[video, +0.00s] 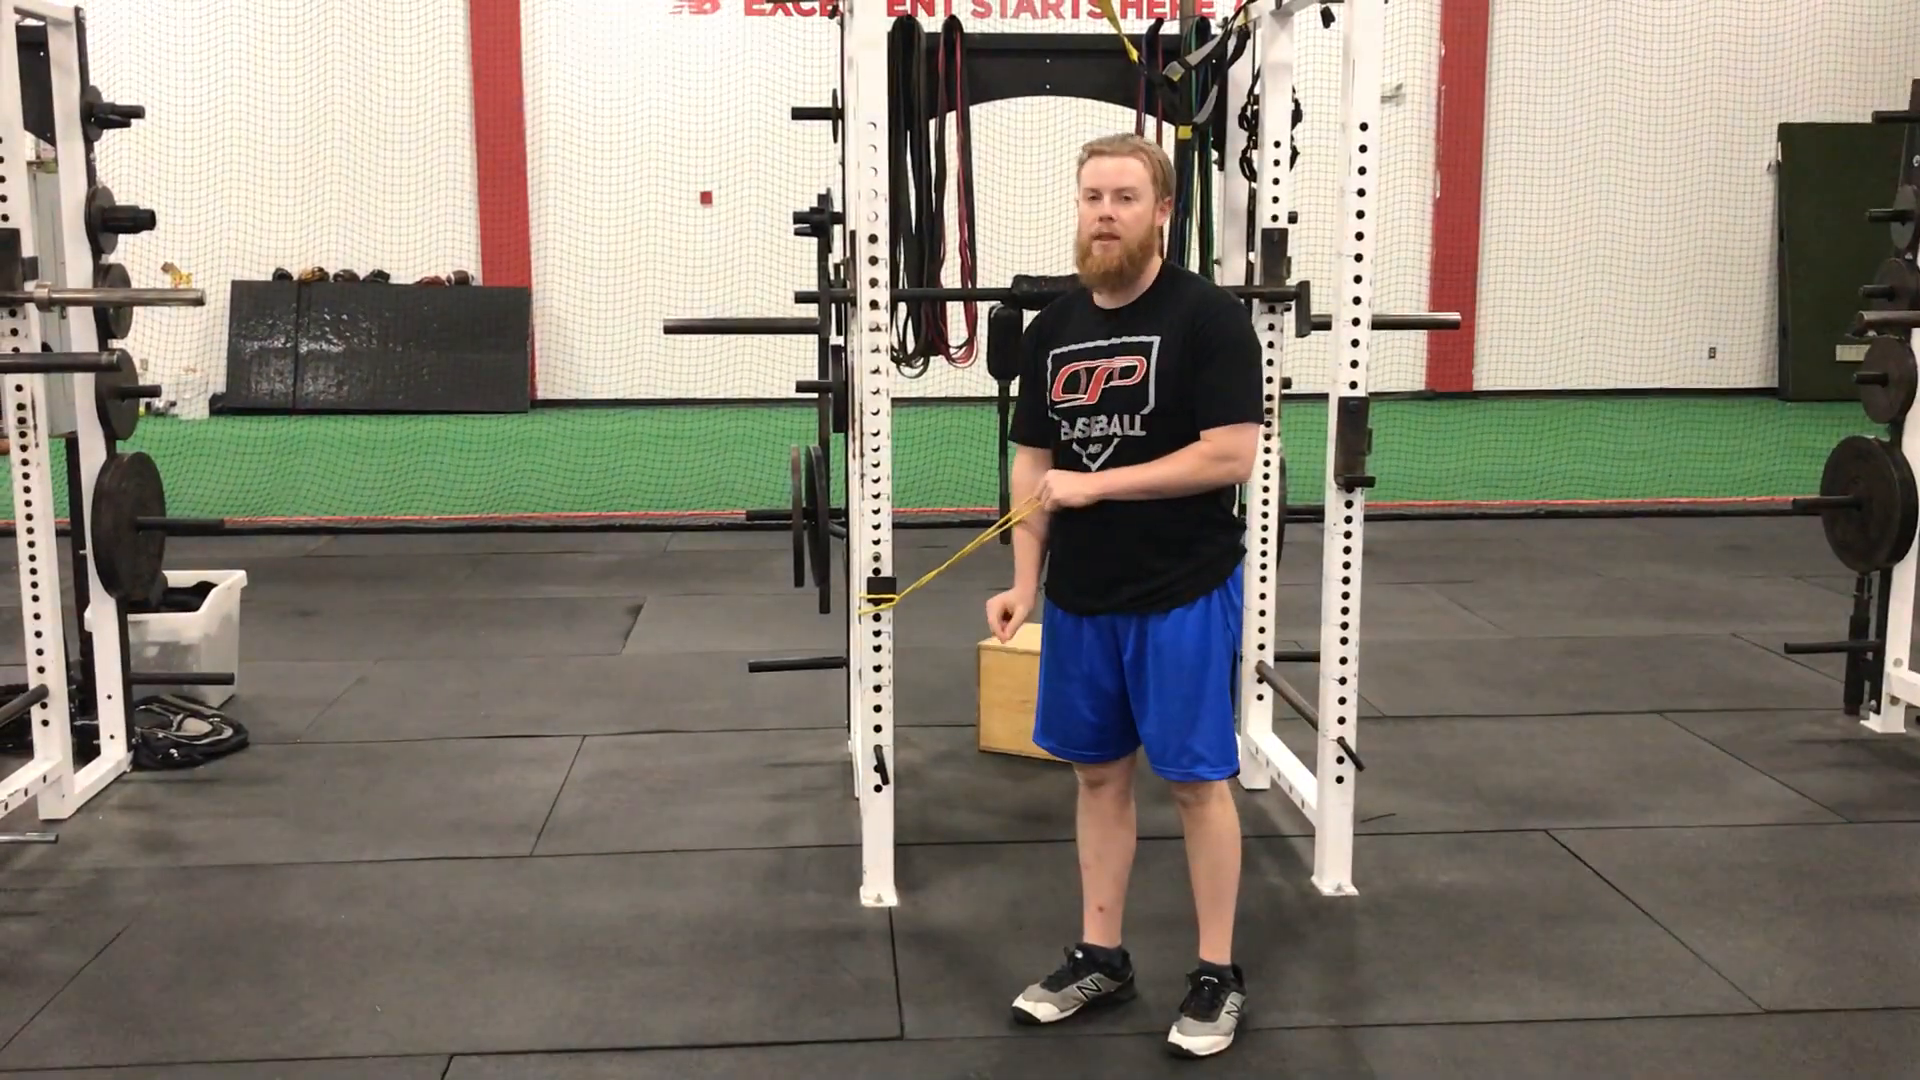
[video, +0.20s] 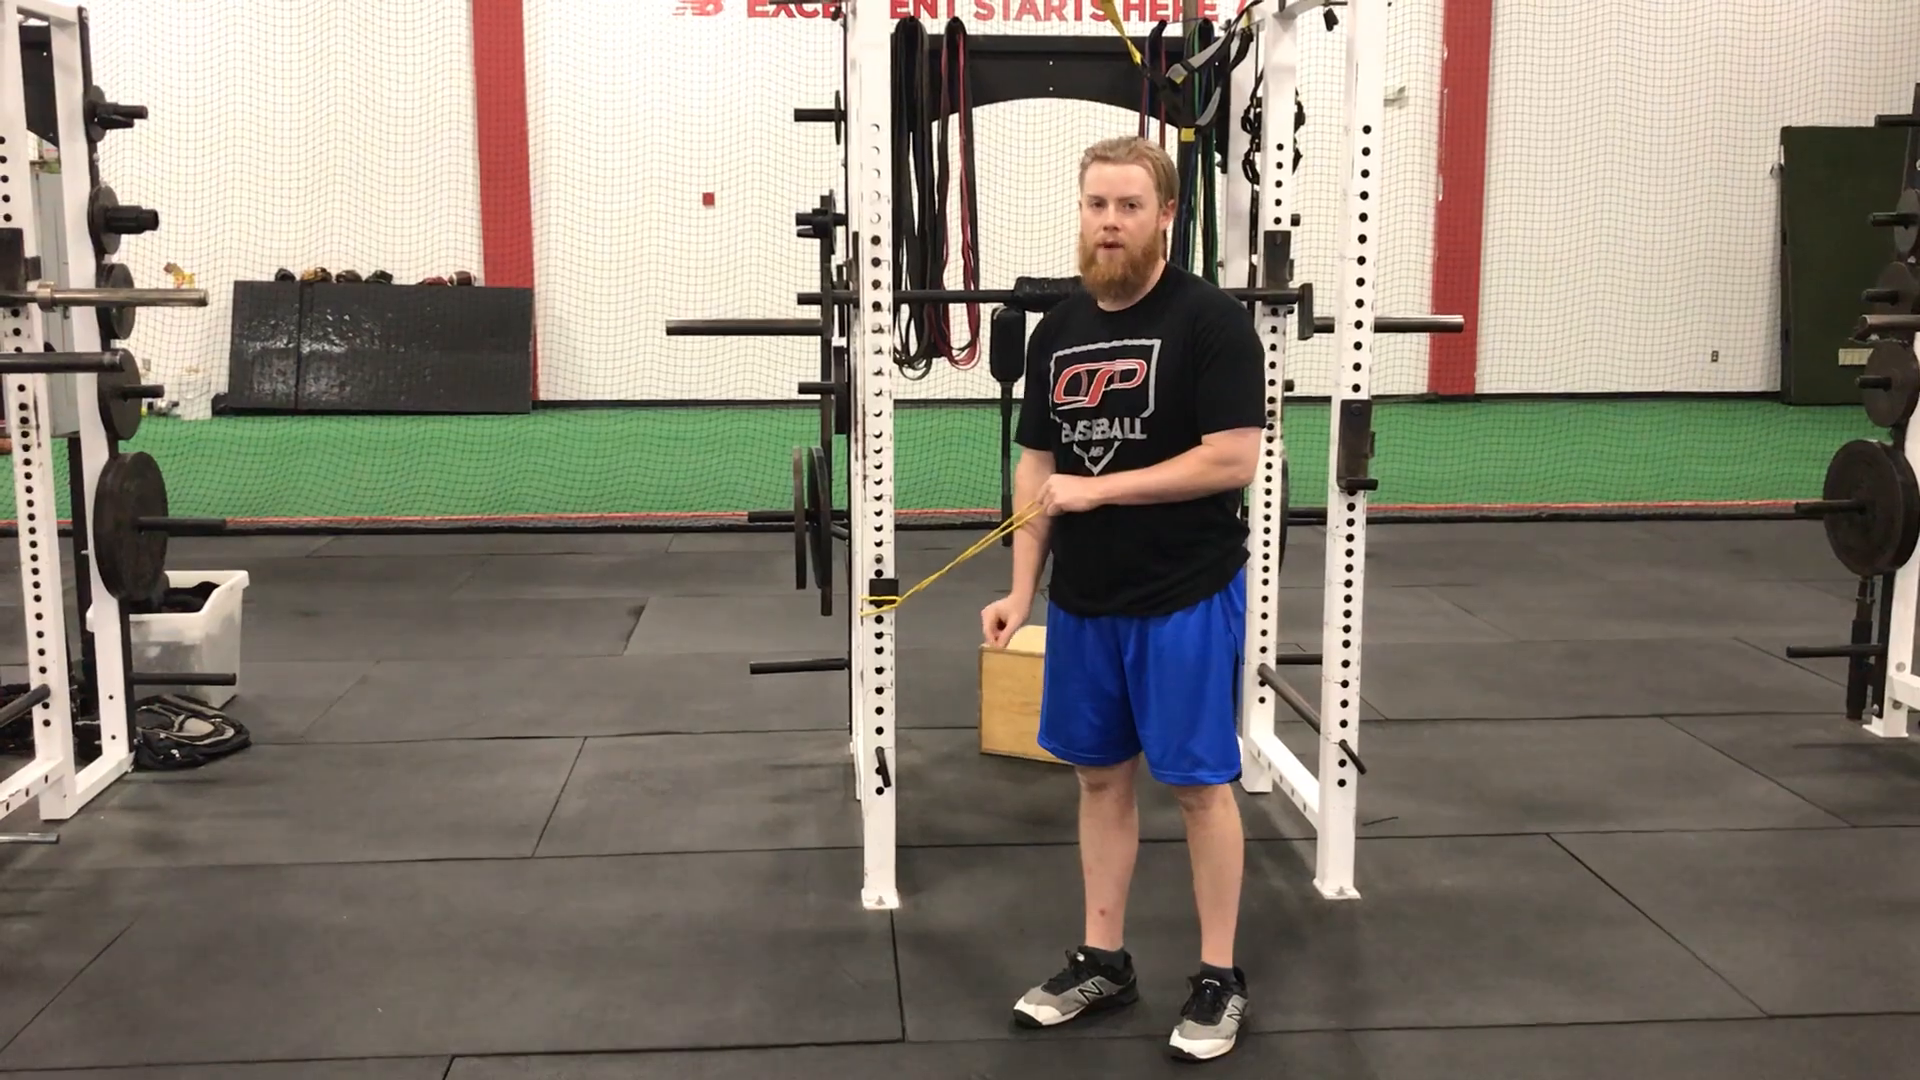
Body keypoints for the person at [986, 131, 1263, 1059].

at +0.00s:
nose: (1103, 212)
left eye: (1123, 197)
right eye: (1091, 196)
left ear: (1162, 212)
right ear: (1075, 210)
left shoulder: (1210, 318)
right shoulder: (1053, 326)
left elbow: (1234, 454)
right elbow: (1031, 458)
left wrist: (1096, 483)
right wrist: (1026, 578)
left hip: (1186, 596)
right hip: (1080, 596)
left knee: (1199, 779)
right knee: (1098, 774)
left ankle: (1215, 974)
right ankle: (1100, 958)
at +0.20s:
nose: (1107, 222)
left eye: (1126, 205)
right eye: (1094, 203)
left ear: (1166, 216)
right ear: (1079, 212)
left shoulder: (1211, 320)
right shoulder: (1058, 328)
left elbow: (1237, 458)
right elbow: (1037, 464)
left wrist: (1101, 486)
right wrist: (1023, 587)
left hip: (1188, 598)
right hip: (1085, 598)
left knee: (1201, 781)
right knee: (1100, 777)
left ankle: (1217, 978)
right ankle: (1102, 961)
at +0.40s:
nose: (1117, 224)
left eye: (1137, 207)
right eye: (1104, 206)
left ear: (1174, 218)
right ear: (1087, 215)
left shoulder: (1219, 321)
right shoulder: (1069, 327)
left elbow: (1242, 461)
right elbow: (1048, 461)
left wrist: (1106, 490)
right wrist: (1027, 584)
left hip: (1195, 600)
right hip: (1092, 599)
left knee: (1206, 784)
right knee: (1104, 778)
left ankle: (1220, 979)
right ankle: (1105, 962)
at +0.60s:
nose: (1127, 219)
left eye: (1147, 202)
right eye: (1115, 200)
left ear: (1187, 216)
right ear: (1102, 212)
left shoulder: (1233, 323)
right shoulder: (1082, 328)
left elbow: (1255, 463)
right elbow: (1060, 459)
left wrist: (1117, 491)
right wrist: (1038, 577)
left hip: (1206, 601)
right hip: (1102, 600)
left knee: (1214, 786)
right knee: (1112, 779)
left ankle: (1226, 979)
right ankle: (1111, 962)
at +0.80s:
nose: (1127, 215)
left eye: (1148, 200)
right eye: (1121, 199)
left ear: (1200, 212)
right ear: (1116, 207)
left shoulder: (1250, 322)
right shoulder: (1100, 323)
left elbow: (1267, 467)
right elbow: (1075, 461)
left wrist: (1120, 492)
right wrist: (1046, 582)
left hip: (1218, 603)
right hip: (1112, 600)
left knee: (1224, 791)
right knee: (1119, 777)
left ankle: (1234, 977)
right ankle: (1117, 960)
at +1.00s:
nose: (1123, 226)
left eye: (1140, 207)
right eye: (1121, 208)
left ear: (1198, 212)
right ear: (1147, 215)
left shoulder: (1261, 331)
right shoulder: (1118, 328)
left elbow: (1273, 481)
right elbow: (1093, 465)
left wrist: (1126, 501)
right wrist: (1059, 579)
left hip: (1223, 611)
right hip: (1117, 603)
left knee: (1234, 797)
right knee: (1083, 772)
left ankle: (1243, 977)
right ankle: (1121, 954)